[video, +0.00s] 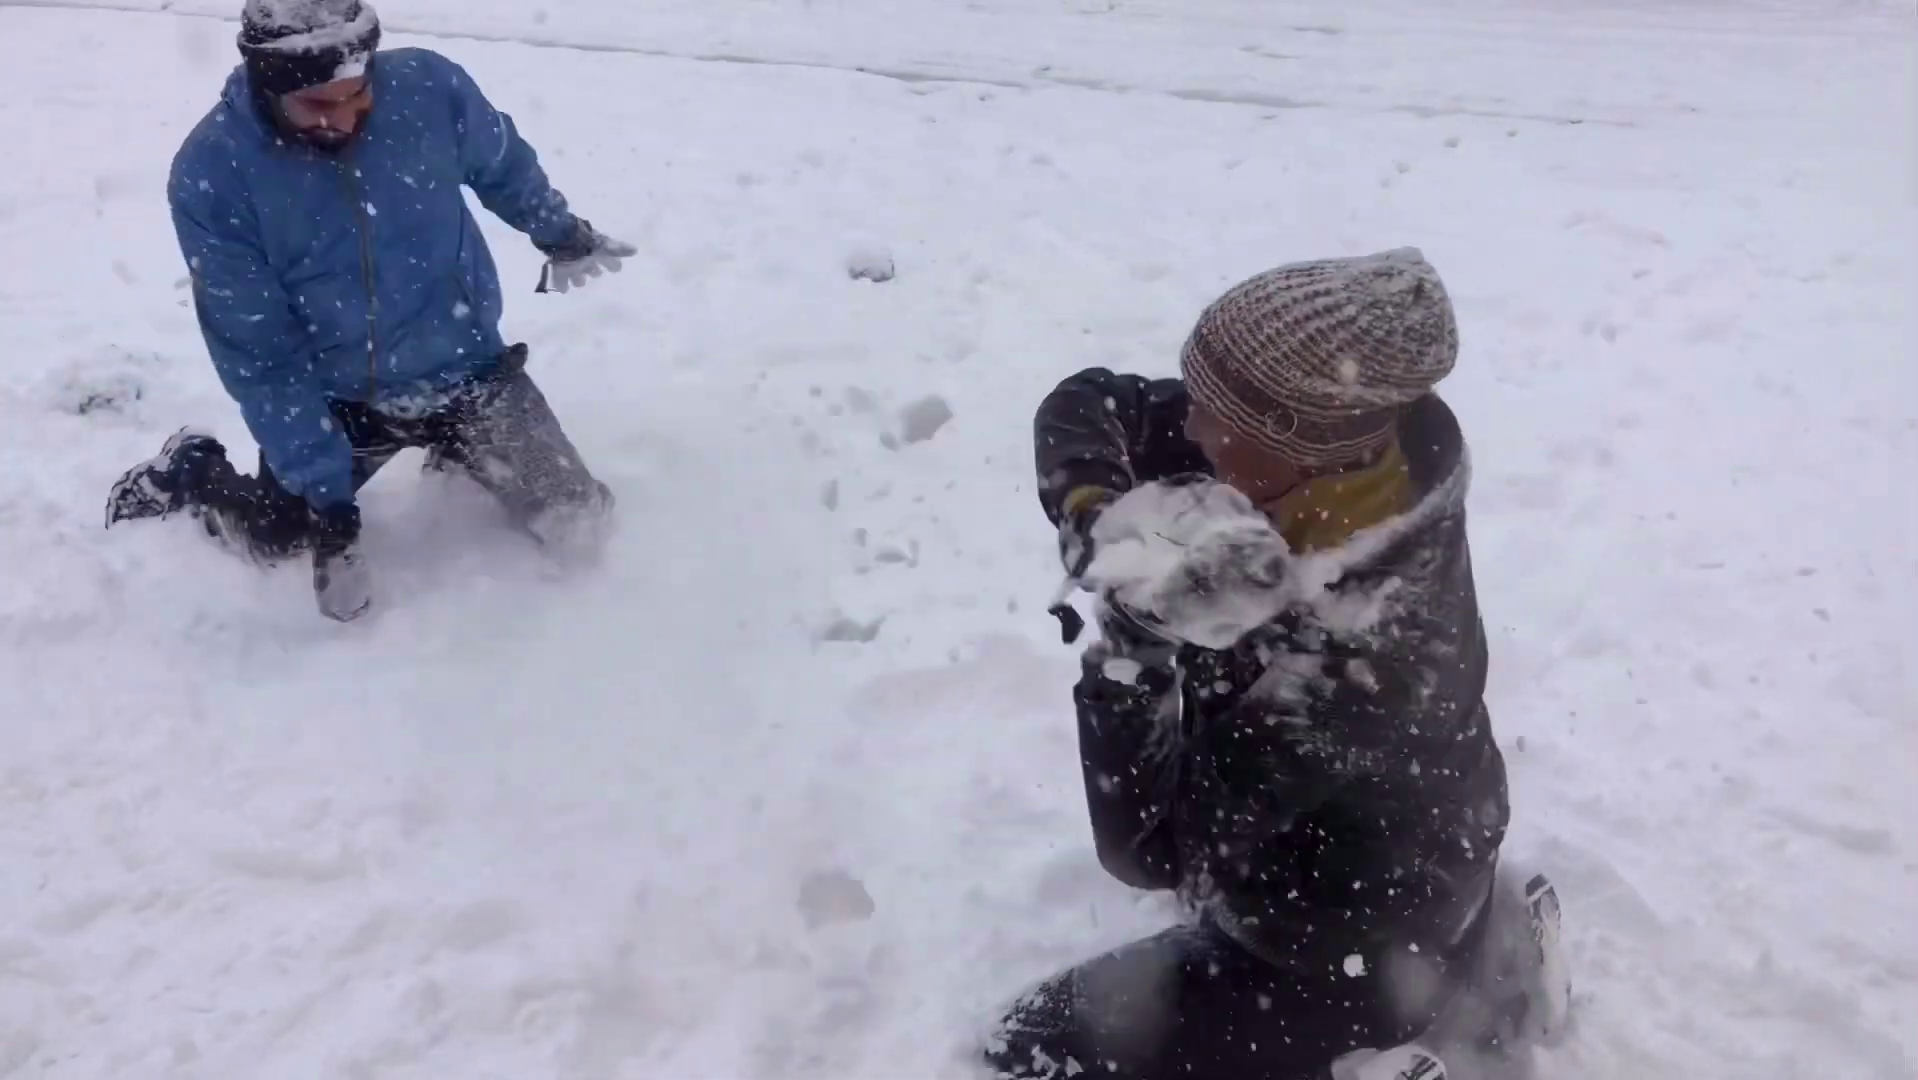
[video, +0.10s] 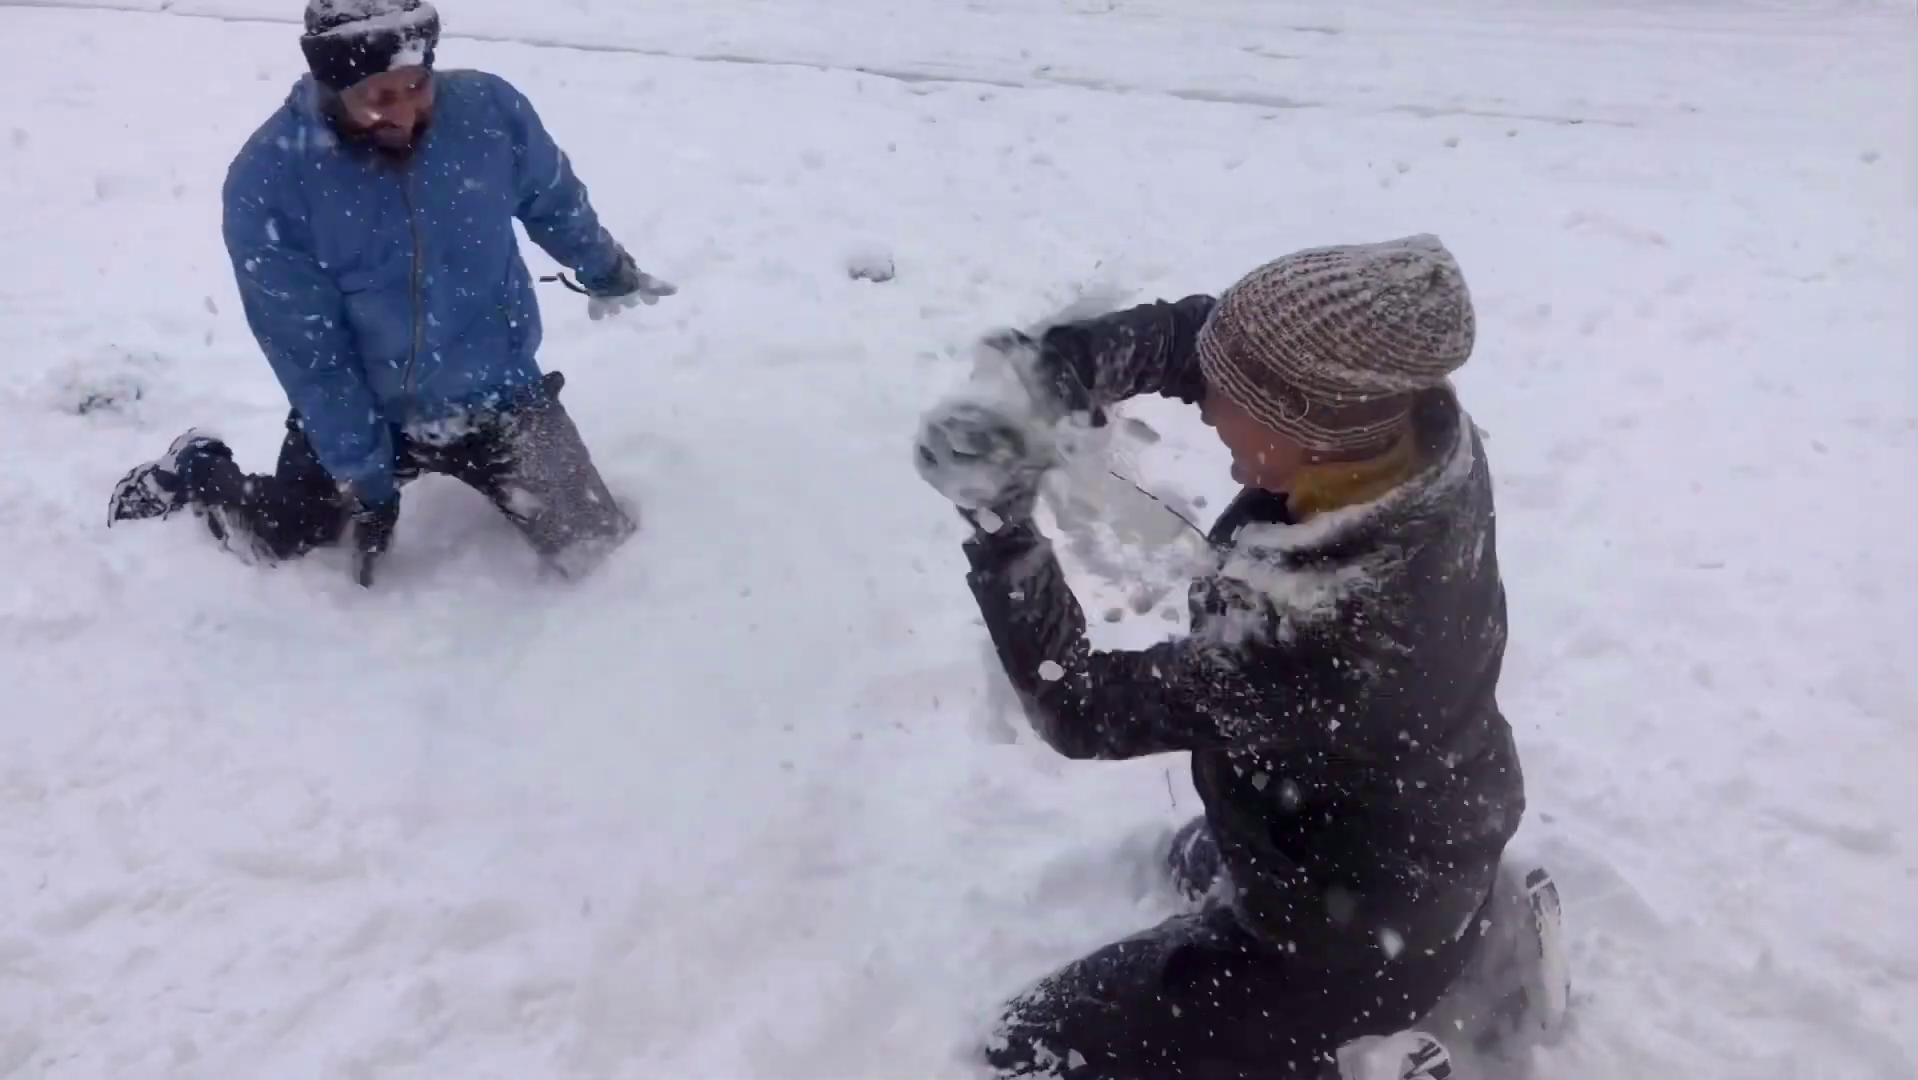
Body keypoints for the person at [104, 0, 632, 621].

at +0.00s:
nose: (343, 120)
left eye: (357, 94)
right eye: (318, 104)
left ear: (371, 62)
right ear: (269, 86)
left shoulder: (427, 90)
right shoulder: (214, 176)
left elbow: (503, 164)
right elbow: (260, 359)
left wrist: (559, 231)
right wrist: (333, 519)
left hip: (469, 375)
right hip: (339, 405)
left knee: (583, 529)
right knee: (283, 542)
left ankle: (466, 445)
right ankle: (190, 476)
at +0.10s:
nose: (399, 114)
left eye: (413, 87)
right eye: (375, 97)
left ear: (431, 66)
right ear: (330, 87)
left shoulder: (489, 114)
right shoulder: (269, 182)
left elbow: (554, 200)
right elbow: (307, 350)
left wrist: (605, 270)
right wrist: (370, 485)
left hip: (496, 401)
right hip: (359, 422)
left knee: (596, 547)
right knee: (286, 545)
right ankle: (197, 476)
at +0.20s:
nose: (466, 118)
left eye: (481, 92)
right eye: (441, 98)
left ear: (499, 82)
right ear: (396, 94)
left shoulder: (555, 149)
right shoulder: (337, 207)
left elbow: (611, 256)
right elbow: (377, 374)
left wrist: (657, 344)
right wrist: (455, 498)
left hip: (530, 407)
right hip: (394, 421)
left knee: (614, 546)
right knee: (288, 540)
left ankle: (509, 466)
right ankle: (198, 478)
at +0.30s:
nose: (528, 124)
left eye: (540, 102)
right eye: (504, 106)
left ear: (558, 101)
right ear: (457, 110)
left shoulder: (581, 184)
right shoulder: (401, 220)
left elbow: (640, 309)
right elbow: (449, 400)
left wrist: (686, 424)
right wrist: (552, 533)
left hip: (540, 408)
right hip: (414, 418)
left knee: (623, 536)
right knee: (298, 534)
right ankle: (205, 476)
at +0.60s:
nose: (607, 157)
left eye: (618, 134)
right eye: (589, 139)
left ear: (631, 122)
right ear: (541, 127)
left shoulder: (653, 192)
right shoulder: (454, 192)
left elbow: (662, 348)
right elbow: (469, 376)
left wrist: (683, 491)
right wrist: (546, 513)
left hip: (562, 397)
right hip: (431, 397)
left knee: (599, 524)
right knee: (345, 567)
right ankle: (276, 474)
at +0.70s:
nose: (619, 172)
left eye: (632, 152)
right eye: (602, 154)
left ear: (643, 139)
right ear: (553, 138)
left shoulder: (657, 189)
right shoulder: (451, 191)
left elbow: (668, 348)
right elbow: (436, 385)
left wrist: (686, 476)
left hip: (559, 412)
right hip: (438, 405)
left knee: (620, 551)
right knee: (393, 570)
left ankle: (521, 463)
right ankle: (322, 477)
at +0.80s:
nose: (596, 197)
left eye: (616, 181)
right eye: (581, 177)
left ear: (637, 161)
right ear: (541, 149)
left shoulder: (652, 186)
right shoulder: (442, 206)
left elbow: (667, 332)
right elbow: (396, 389)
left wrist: (693, 464)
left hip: (567, 411)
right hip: (452, 411)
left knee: (615, 542)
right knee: (458, 569)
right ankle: (353, 488)